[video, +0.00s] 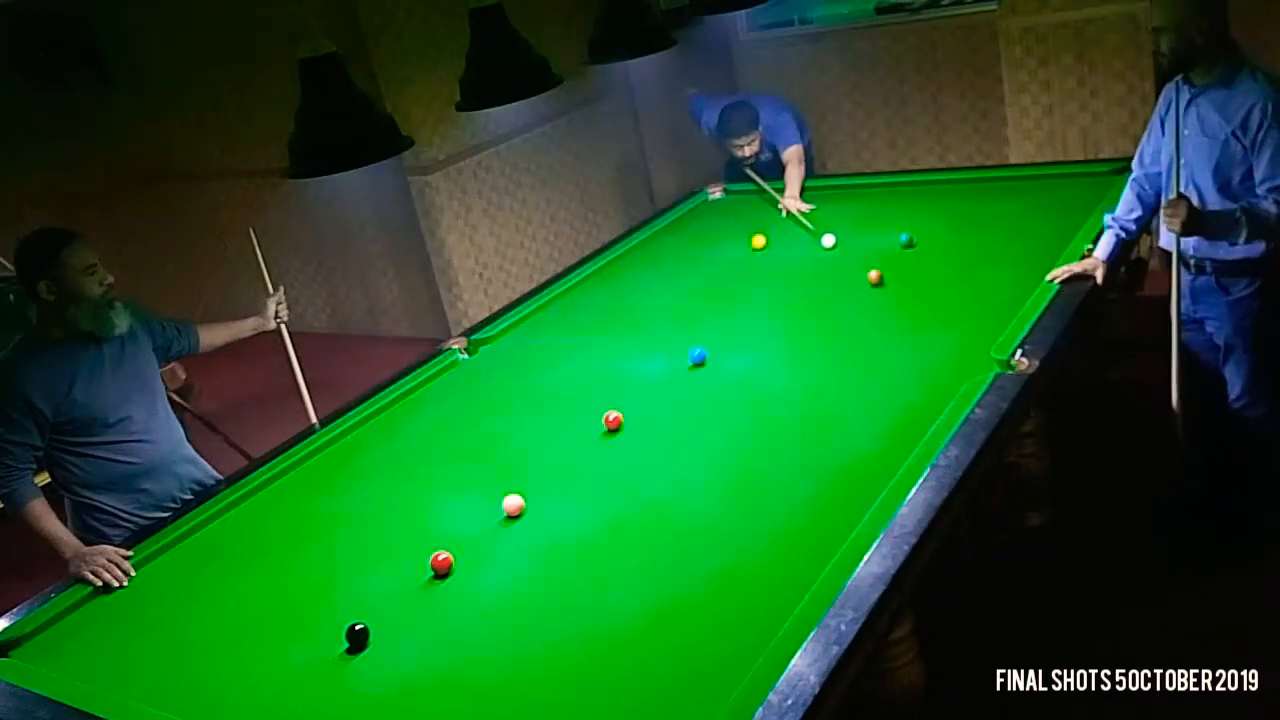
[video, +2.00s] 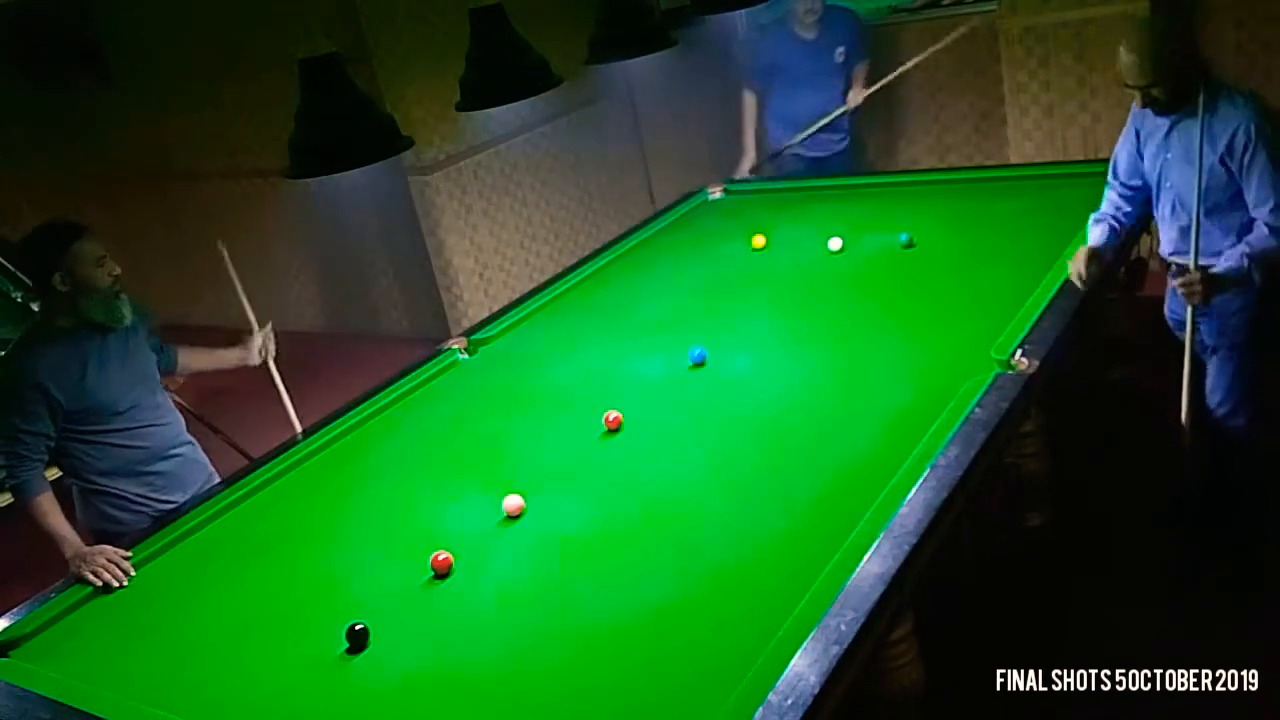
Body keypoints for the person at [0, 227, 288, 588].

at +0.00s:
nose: (109, 278)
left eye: (101, 267)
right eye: (90, 272)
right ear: (47, 291)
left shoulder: (130, 325)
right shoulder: (25, 373)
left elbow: (187, 337)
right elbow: (13, 477)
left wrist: (260, 321)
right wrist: (75, 552)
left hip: (206, 503)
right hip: (130, 544)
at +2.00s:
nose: (116, 270)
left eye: (110, 260)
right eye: (99, 264)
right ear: (62, 282)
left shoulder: (127, 319)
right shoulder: (32, 363)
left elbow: (163, 359)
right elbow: (23, 470)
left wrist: (245, 354)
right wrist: (75, 550)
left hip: (203, 491)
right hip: (135, 530)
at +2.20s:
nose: (129, 259)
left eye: (122, 249)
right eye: (113, 253)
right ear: (78, 270)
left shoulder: (124, 312)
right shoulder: (56, 349)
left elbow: (158, 376)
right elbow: (41, 457)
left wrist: (228, 388)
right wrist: (102, 531)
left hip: (205, 486)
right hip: (152, 521)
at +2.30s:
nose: (140, 252)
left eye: (133, 242)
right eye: (124, 245)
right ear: (89, 264)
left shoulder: (128, 308)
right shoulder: (76, 336)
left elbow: (158, 378)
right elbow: (62, 442)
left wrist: (222, 385)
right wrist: (137, 506)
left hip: (208, 479)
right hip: (172, 502)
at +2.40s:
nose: (150, 246)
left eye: (142, 236)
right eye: (134, 239)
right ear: (101, 257)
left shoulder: (134, 304)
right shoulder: (94, 327)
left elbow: (164, 371)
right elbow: (96, 429)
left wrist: (222, 377)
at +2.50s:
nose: (163, 239)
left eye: (156, 228)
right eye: (148, 232)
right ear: (117, 249)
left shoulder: (145, 298)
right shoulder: (114, 315)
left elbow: (168, 364)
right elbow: (127, 414)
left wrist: (222, 364)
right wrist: (222, 450)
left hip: (214, 474)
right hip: (185, 488)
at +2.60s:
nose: (175, 231)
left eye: (169, 221)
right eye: (161, 225)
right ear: (131, 241)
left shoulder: (154, 290)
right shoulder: (136, 301)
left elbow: (174, 363)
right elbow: (156, 398)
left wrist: (223, 352)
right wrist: (244, 431)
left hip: (227, 464)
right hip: (202, 480)